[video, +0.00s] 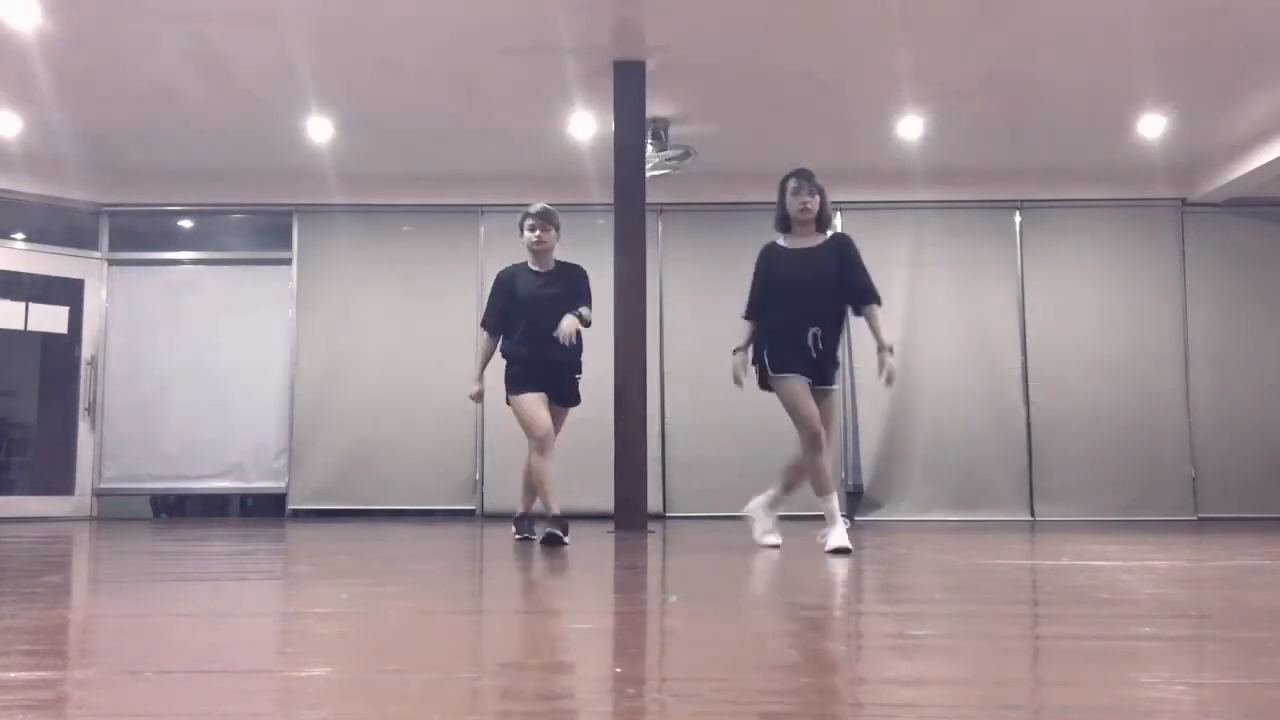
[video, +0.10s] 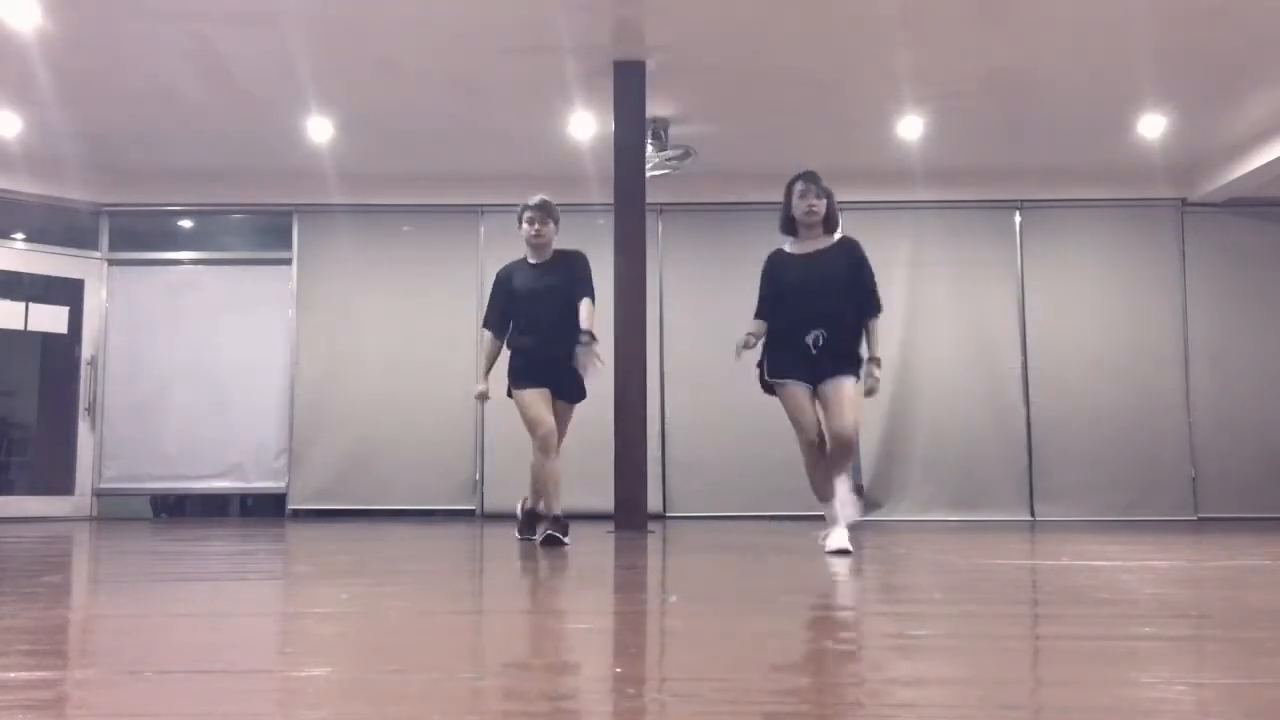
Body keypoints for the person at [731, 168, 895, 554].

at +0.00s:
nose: (805, 199)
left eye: (811, 193)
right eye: (797, 193)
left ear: (822, 200)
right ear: (783, 203)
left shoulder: (840, 245)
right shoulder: (772, 252)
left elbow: (865, 300)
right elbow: (757, 309)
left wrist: (884, 345)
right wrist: (743, 348)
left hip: (824, 354)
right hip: (779, 352)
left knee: (817, 447)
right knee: (814, 434)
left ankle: (764, 506)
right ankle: (836, 525)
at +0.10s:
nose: (811, 201)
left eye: (818, 195)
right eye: (802, 196)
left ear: (828, 203)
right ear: (789, 206)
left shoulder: (848, 249)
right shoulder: (778, 259)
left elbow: (869, 310)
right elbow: (764, 313)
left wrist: (874, 361)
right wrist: (753, 333)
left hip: (838, 357)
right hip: (789, 359)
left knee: (846, 433)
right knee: (813, 440)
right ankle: (834, 525)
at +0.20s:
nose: (819, 196)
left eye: (825, 190)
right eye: (810, 190)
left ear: (836, 197)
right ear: (797, 200)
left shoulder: (854, 245)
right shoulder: (784, 251)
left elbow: (860, 302)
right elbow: (768, 303)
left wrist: (854, 342)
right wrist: (757, 339)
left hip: (843, 341)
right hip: (795, 346)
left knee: (846, 406)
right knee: (814, 442)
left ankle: (859, 495)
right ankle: (835, 524)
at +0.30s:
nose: (825, 181)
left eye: (833, 175)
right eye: (816, 175)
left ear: (844, 183)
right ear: (803, 183)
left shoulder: (858, 234)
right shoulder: (787, 232)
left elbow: (854, 292)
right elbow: (774, 299)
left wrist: (872, 307)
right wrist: (763, 354)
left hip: (856, 335)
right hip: (807, 339)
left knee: (852, 419)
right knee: (816, 435)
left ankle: (846, 522)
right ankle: (823, 507)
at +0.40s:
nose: (831, 170)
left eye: (839, 164)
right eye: (822, 164)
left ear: (849, 174)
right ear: (808, 174)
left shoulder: (860, 228)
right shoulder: (790, 223)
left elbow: (869, 296)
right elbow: (777, 289)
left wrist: (887, 270)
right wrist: (777, 350)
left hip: (864, 328)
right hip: (812, 329)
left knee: (865, 422)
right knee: (840, 408)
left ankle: (845, 522)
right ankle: (817, 482)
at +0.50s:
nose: (838, 163)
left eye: (845, 157)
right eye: (829, 156)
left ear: (856, 167)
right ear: (814, 166)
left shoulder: (871, 222)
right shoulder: (793, 217)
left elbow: (894, 287)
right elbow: (774, 278)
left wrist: (907, 260)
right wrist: (787, 326)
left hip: (871, 326)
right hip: (818, 325)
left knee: (867, 428)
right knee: (850, 399)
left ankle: (832, 523)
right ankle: (856, 511)